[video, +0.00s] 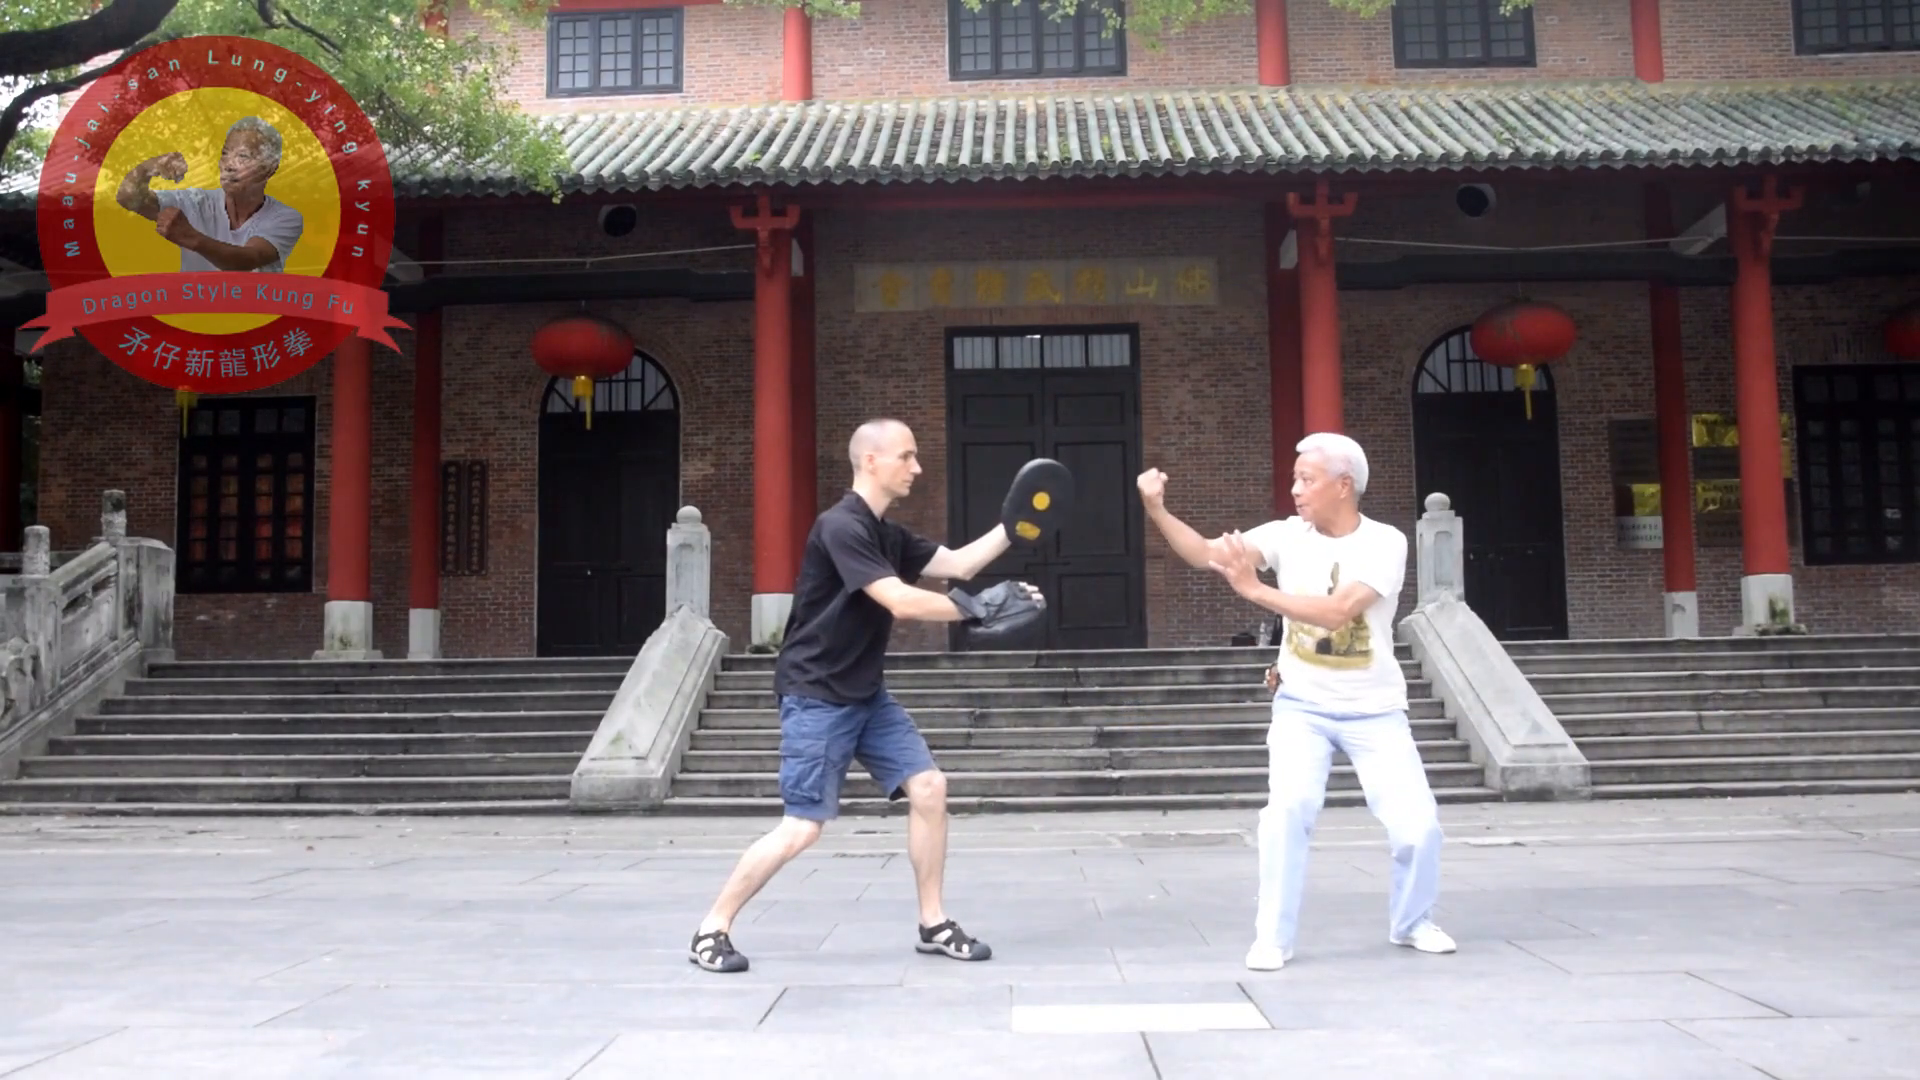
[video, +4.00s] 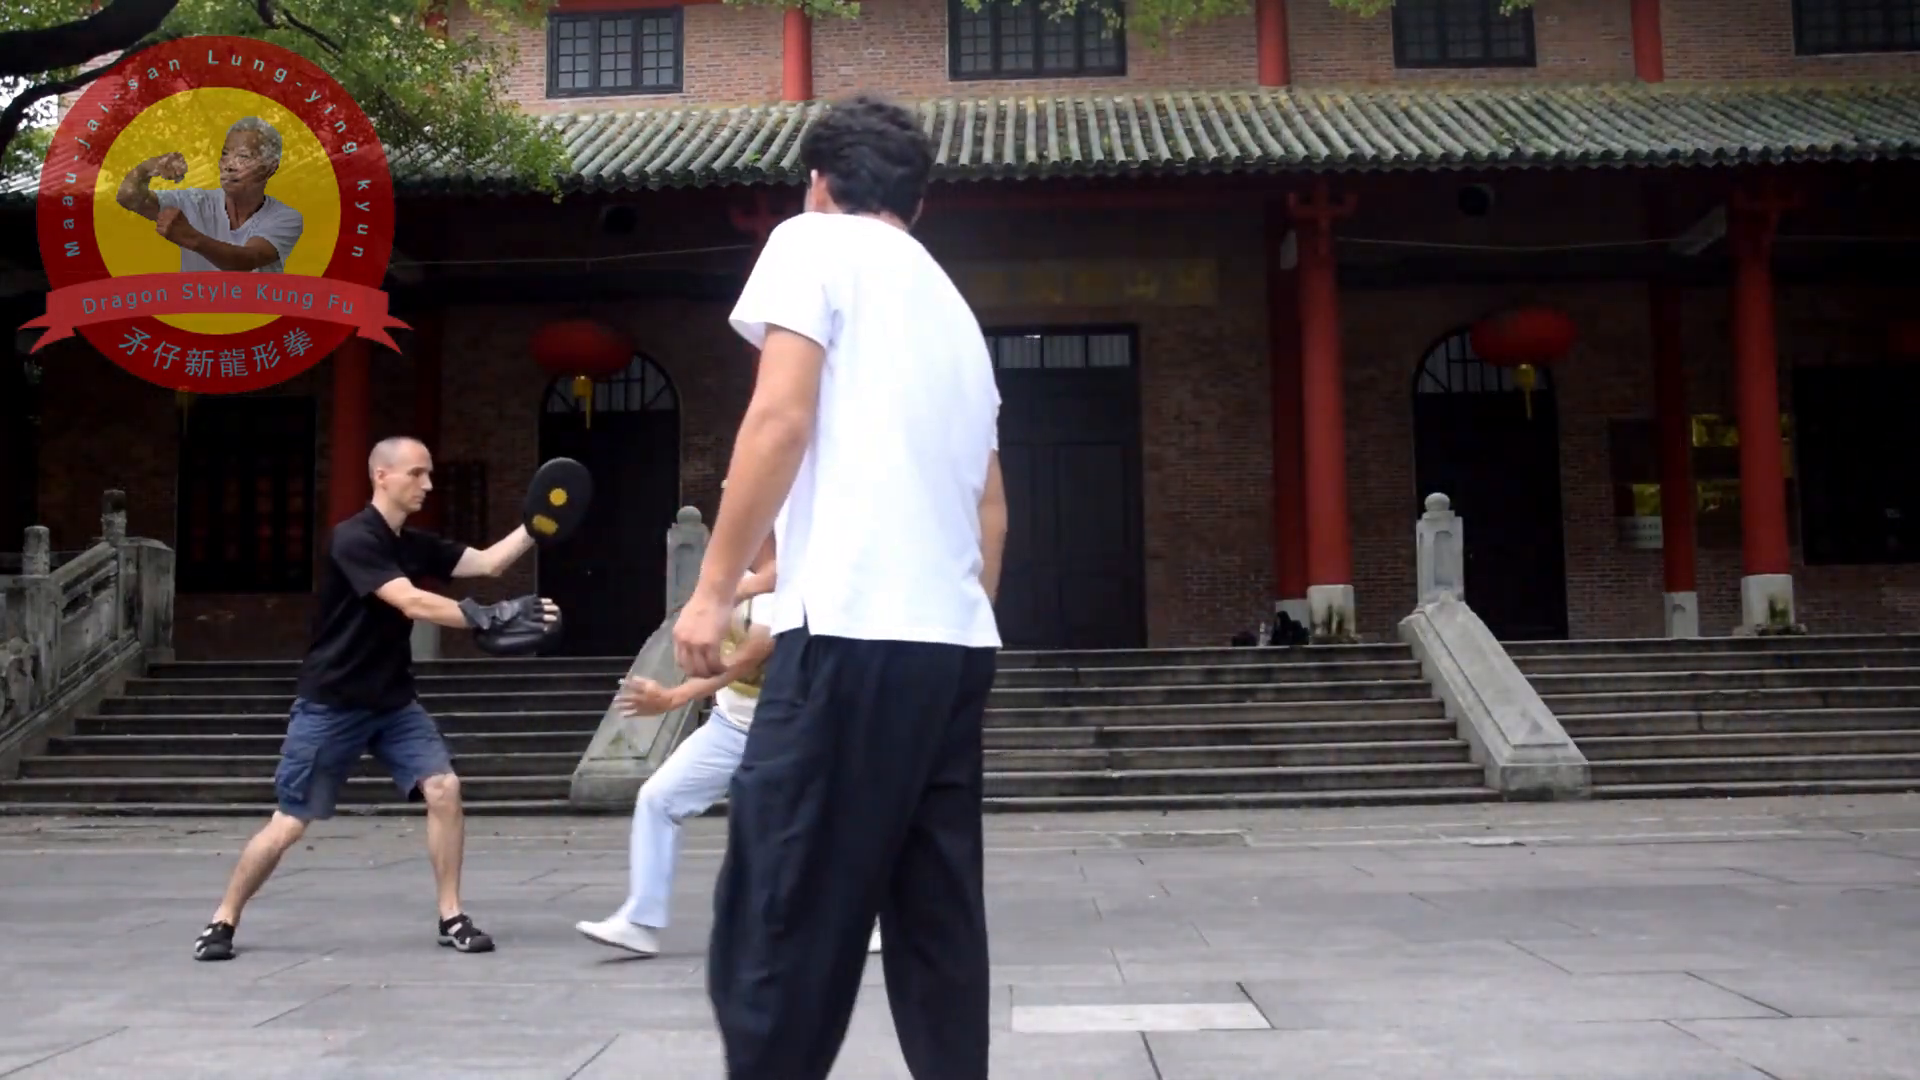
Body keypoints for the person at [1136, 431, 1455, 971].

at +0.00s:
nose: (1295, 491)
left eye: (1305, 480)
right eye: (1294, 480)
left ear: (1344, 485)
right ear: (1326, 485)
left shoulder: (1386, 543)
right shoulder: (1287, 535)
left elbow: (1338, 612)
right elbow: (1210, 554)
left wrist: (1252, 590)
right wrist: (1157, 510)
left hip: (1376, 709)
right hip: (1300, 706)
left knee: (1419, 828)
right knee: (1290, 808)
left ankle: (1413, 922)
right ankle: (1272, 939)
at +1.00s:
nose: (990, 472)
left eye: (995, 463)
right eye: (993, 463)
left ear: (1014, 471)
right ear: (1053, 473)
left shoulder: (1000, 526)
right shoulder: (1085, 511)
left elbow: (957, 596)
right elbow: (1012, 499)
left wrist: (946, 570)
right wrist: (950, 476)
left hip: (1057, 698)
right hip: (1127, 698)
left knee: (1031, 839)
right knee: (1035, 823)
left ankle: (1079, 978)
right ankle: (1032, 950)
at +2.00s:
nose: (905, 478)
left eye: (910, 469)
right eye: (909, 468)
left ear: (929, 476)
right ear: (963, 482)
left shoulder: (902, 530)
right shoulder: (1003, 526)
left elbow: (874, 605)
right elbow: (947, 535)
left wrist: (901, 539)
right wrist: (880, 524)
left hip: (951, 716)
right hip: (1011, 712)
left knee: (977, 863)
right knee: (901, 800)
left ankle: (1073, 967)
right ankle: (894, 940)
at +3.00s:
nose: (757, 488)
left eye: (767, 479)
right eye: (759, 478)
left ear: (802, 490)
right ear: (790, 489)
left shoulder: (837, 546)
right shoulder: (763, 542)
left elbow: (789, 614)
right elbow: (692, 554)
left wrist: (711, 599)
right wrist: (643, 505)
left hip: (833, 711)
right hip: (770, 706)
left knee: (851, 830)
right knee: (730, 813)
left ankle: (876, 923)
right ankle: (704, 931)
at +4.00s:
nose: (742, 532)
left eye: (755, 524)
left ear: (778, 534)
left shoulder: (789, 596)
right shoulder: (735, 580)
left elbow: (745, 665)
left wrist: (672, 697)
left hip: (788, 728)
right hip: (731, 724)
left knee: (833, 819)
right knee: (657, 798)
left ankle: (866, 918)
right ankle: (641, 921)